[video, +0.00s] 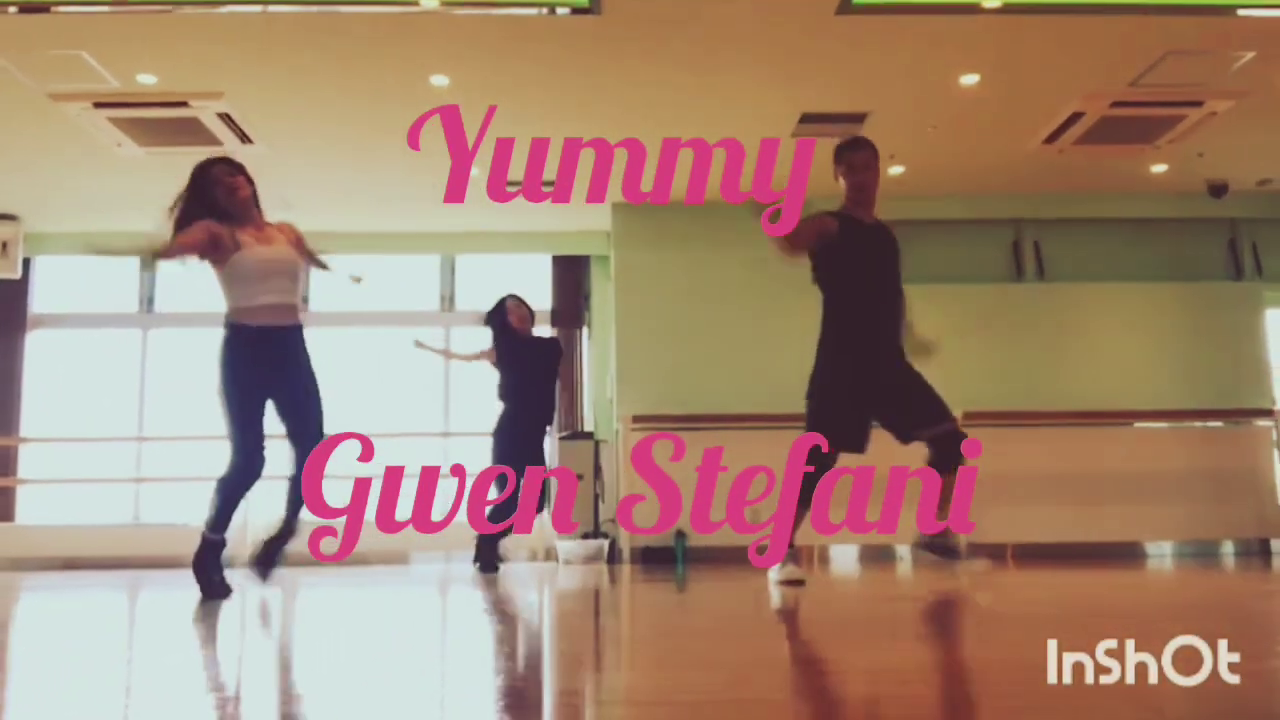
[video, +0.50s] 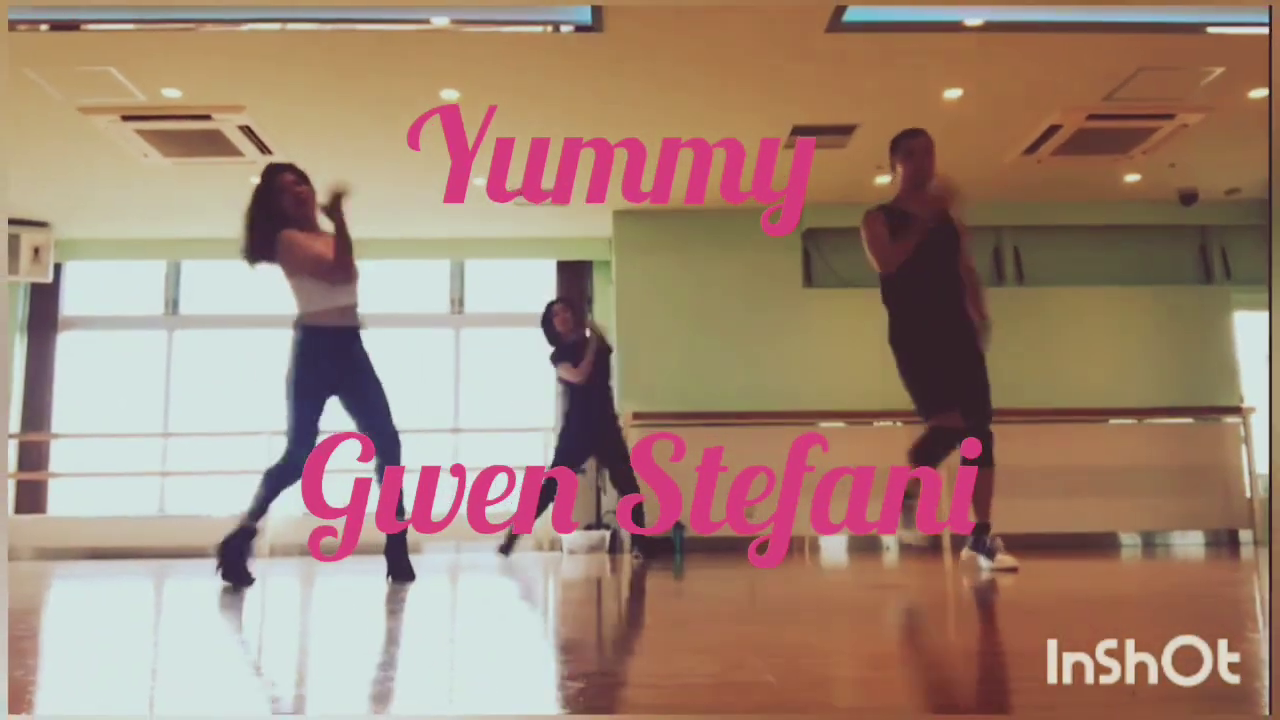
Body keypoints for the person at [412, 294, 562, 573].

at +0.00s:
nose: (520, 313)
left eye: (522, 307)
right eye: (512, 310)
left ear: (531, 313)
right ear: (503, 320)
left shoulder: (549, 346)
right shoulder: (503, 350)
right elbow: (467, 356)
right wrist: (430, 348)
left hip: (534, 430)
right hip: (510, 428)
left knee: (537, 497)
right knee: (510, 493)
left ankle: (493, 535)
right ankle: (486, 550)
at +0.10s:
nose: (522, 310)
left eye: (523, 304)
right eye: (514, 309)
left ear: (531, 306)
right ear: (508, 317)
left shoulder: (549, 341)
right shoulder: (513, 343)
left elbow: (549, 381)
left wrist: (553, 414)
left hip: (544, 425)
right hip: (518, 426)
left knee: (567, 480)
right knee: (507, 489)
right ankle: (484, 547)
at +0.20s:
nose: (530, 313)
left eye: (530, 307)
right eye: (522, 312)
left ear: (538, 312)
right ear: (514, 324)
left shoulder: (552, 347)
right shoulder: (524, 352)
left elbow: (551, 387)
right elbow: (526, 393)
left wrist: (561, 418)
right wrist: (556, 424)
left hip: (553, 427)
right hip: (527, 430)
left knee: (584, 484)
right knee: (517, 493)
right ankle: (488, 545)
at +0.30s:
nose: (541, 323)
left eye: (541, 318)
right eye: (533, 321)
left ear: (547, 323)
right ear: (523, 332)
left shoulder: (560, 355)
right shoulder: (535, 362)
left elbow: (569, 392)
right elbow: (552, 402)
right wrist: (583, 399)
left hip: (562, 439)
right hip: (539, 441)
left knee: (598, 491)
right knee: (521, 499)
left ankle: (640, 542)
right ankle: (489, 546)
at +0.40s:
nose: (551, 325)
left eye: (553, 320)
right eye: (544, 323)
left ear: (560, 324)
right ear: (537, 333)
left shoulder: (576, 352)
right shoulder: (548, 362)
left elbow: (589, 374)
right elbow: (566, 394)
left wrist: (603, 367)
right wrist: (595, 375)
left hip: (582, 429)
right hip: (561, 431)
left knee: (611, 484)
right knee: (537, 490)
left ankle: (639, 541)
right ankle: (493, 541)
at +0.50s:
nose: (564, 316)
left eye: (566, 310)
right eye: (557, 315)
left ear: (575, 314)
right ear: (551, 325)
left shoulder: (596, 344)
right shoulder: (559, 356)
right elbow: (579, 376)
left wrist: (595, 330)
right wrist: (594, 343)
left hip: (606, 425)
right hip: (578, 427)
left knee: (627, 483)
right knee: (552, 484)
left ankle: (639, 542)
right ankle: (514, 533)